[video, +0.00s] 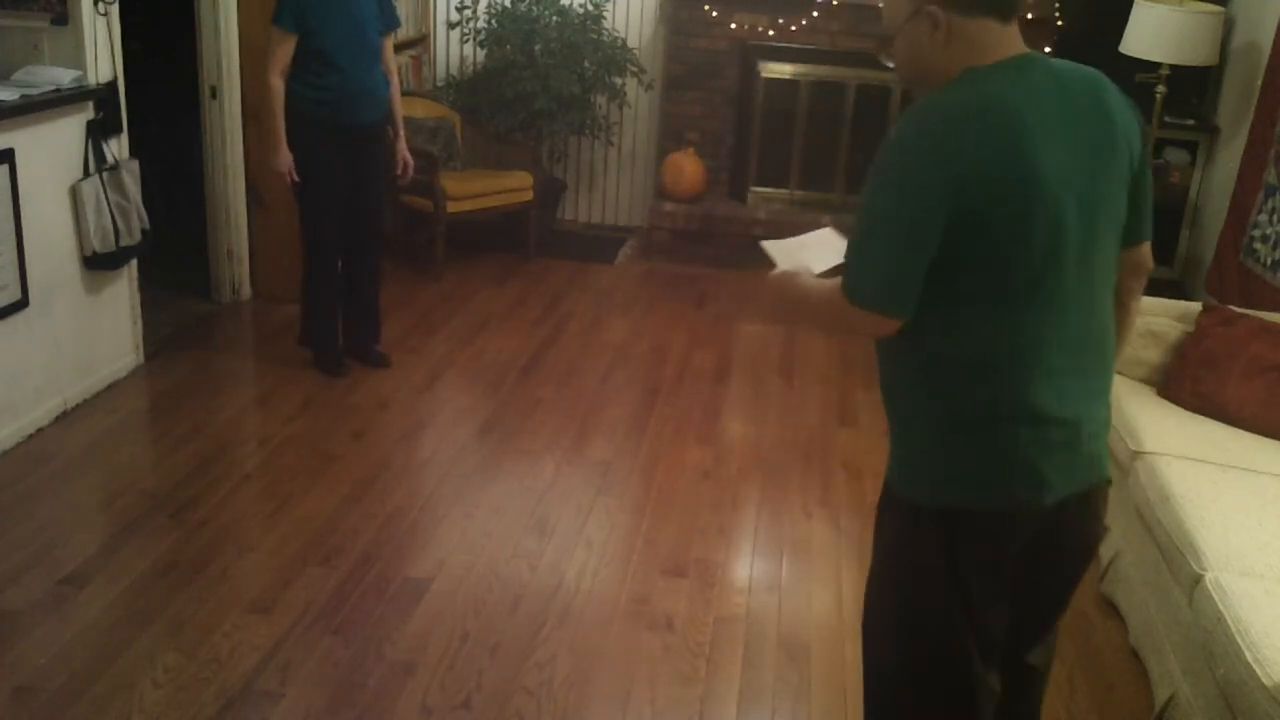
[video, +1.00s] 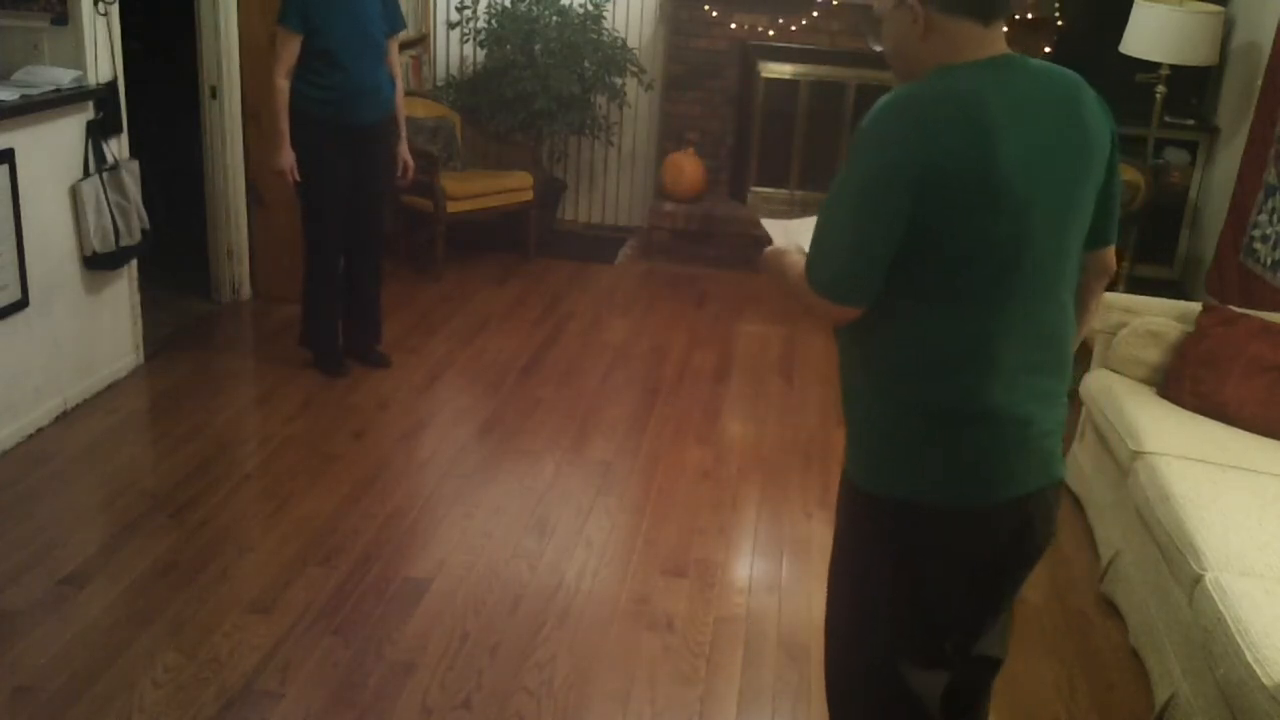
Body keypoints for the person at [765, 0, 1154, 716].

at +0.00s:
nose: (892, 55)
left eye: (893, 31)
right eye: (888, 35)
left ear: (934, 19)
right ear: (1007, 19)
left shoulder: (933, 131)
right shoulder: (1108, 105)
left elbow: (876, 309)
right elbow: (1133, 267)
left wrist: (790, 297)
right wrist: (1090, 373)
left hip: (956, 494)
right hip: (1076, 486)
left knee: (921, 698)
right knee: (1017, 687)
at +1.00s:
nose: (879, 37)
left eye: (879, 18)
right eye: (875, 21)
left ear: (914, 14)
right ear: (993, 14)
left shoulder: (907, 119)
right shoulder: (1083, 106)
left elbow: (839, 298)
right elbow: (1097, 264)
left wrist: (790, 265)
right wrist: (1053, 349)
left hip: (912, 483)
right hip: (1028, 479)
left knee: (873, 690)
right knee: (967, 683)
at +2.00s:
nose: (994, 27)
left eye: (999, 12)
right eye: (994, 13)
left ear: (1033, 11)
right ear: (1101, 13)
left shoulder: (1018, 110)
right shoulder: (1182, 94)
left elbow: (956, 274)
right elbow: (1200, 233)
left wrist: (901, 275)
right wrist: (1175, 328)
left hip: (1004, 439)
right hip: (1124, 443)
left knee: (945, 596)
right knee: (1051, 627)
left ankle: (957, 708)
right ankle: (1029, 711)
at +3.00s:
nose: (888, 35)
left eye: (893, 17)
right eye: (888, 19)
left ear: (927, 18)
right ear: (1001, 19)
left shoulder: (925, 119)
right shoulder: (1084, 113)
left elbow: (858, 294)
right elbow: (1106, 267)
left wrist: (803, 308)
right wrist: (1075, 369)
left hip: (936, 455)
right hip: (1042, 448)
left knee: (908, 660)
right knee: (1004, 647)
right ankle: (1004, 714)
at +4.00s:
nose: (638, 16)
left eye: (640, 7)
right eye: (640, 9)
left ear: (659, 6)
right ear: (728, 3)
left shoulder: (651, 76)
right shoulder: (794, 71)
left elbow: (614, 233)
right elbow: (812, 210)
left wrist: (562, 357)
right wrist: (761, 303)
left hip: (653, 373)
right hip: (756, 368)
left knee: (602, 538)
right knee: (753, 561)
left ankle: (555, 665)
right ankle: (773, 705)